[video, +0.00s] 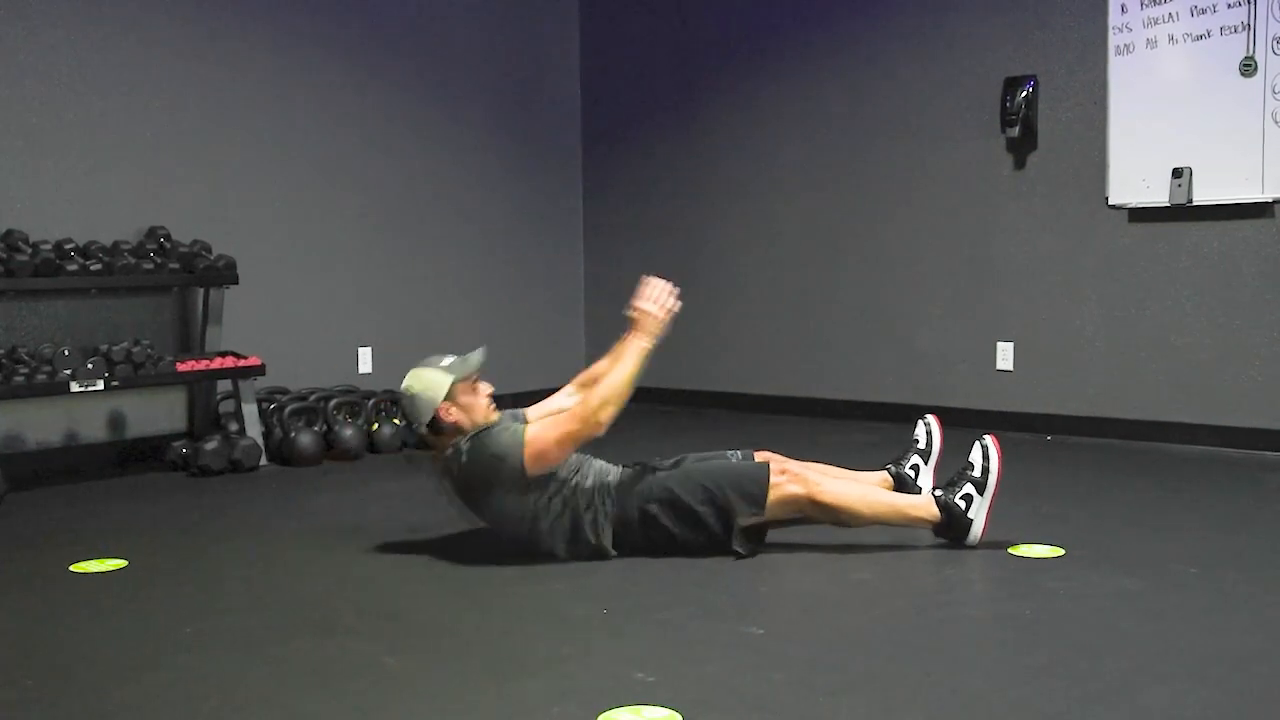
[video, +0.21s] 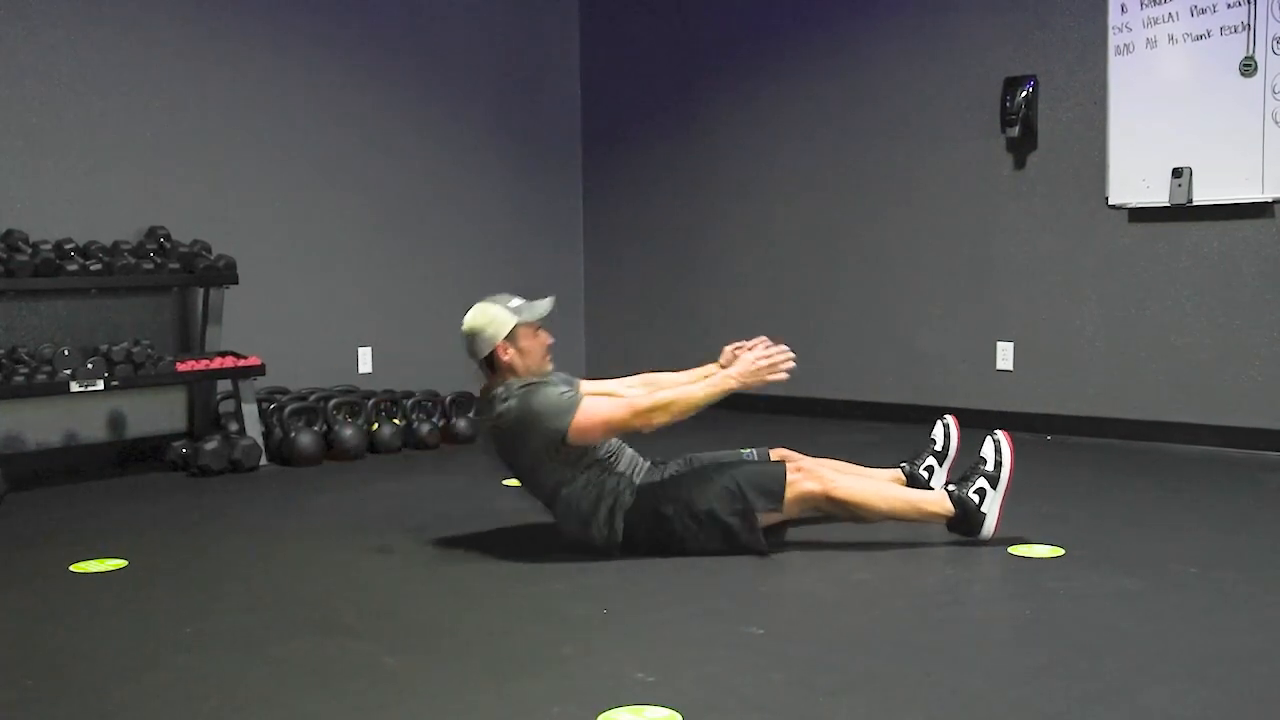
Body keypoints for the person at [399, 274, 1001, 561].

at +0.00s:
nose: (486, 388)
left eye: (478, 382)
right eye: (471, 385)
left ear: (452, 411)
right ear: (446, 414)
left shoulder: (488, 440)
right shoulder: (481, 457)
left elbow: (578, 397)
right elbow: (588, 415)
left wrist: (638, 329)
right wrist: (645, 331)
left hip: (627, 489)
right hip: (620, 512)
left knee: (769, 461)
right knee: (793, 484)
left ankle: (898, 482)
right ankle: (946, 512)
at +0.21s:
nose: (546, 334)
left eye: (539, 325)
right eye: (533, 329)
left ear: (507, 347)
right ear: (504, 350)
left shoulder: (533, 388)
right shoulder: (524, 406)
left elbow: (633, 389)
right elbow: (633, 414)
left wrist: (716, 367)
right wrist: (729, 378)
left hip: (645, 483)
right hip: (636, 510)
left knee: (786, 459)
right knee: (807, 483)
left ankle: (913, 479)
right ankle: (961, 509)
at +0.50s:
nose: (643, 294)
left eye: (638, 284)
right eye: (632, 286)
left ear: (599, 298)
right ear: (600, 299)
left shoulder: (597, 350)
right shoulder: (599, 359)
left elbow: (700, 397)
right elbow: (703, 411)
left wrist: (779, 409)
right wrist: (799, 421)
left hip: (646, 493)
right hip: (640, 510)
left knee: (798, 460)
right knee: (813, 484)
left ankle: (916, 477)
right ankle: (968, 510)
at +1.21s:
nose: (553, 329)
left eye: (547, 320)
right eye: (540, 323)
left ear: (521, 340)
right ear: (512, 344)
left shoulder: (542, 384)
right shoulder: (532, 405)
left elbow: (637, 386)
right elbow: (639, 409)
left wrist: (703, 341)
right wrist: (727, 348)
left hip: (653, 481)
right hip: (642, 508)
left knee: (793, 470)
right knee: (807, 489)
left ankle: (917, 477)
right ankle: (966, 513)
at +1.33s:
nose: (507, 364)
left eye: (499, 356)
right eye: (492, 360)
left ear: (476, 378)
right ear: (467, 385)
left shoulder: (511, 417)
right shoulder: (501, 438)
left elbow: (590, 389)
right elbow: (603, 412)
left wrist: (630, 321)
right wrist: (645, 321)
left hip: (646, 486)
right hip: (640, 508)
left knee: (787, 474)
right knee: (794, 494)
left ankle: (912, 482)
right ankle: (955, 515)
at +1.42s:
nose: (476, 390)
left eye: (466, 384)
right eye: (460, 393)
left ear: (450, 416)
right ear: (446, 421)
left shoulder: (480, 446)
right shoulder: (482, 461)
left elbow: (562, 421)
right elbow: (572, 415)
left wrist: (569, 319)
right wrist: (572, 309)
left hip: (629, 486)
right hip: (625, 510)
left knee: (772, 470)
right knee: (791, 493)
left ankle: (905, 483)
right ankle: (947, 516)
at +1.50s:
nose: (448, 427)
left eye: (438, 422)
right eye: (432, 431)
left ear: (435, 444)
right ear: (418, 462)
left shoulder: (467, 474)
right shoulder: (463, 493)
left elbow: (527, 419)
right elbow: (531, 420)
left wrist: (496, 331)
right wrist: (491, 333)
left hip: (626, 488)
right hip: (624, 510)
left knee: (771, 465)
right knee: (790, 488)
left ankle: (898, 483)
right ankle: (943, 515)